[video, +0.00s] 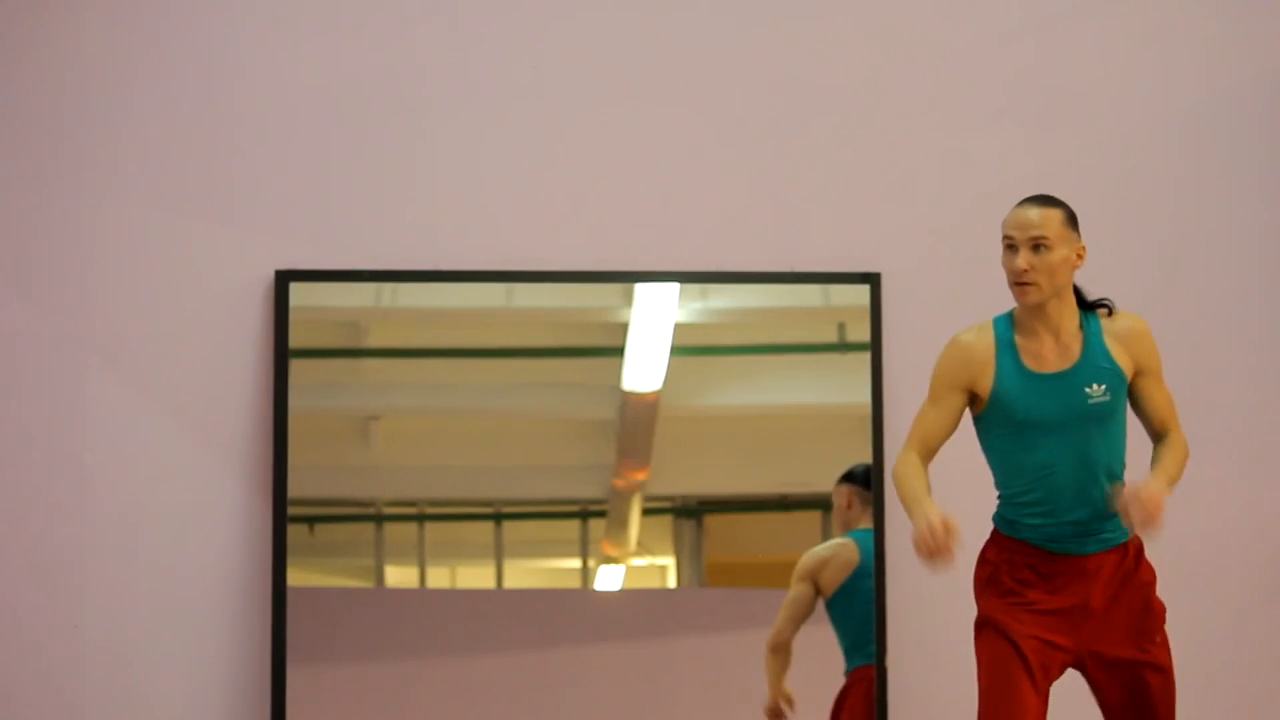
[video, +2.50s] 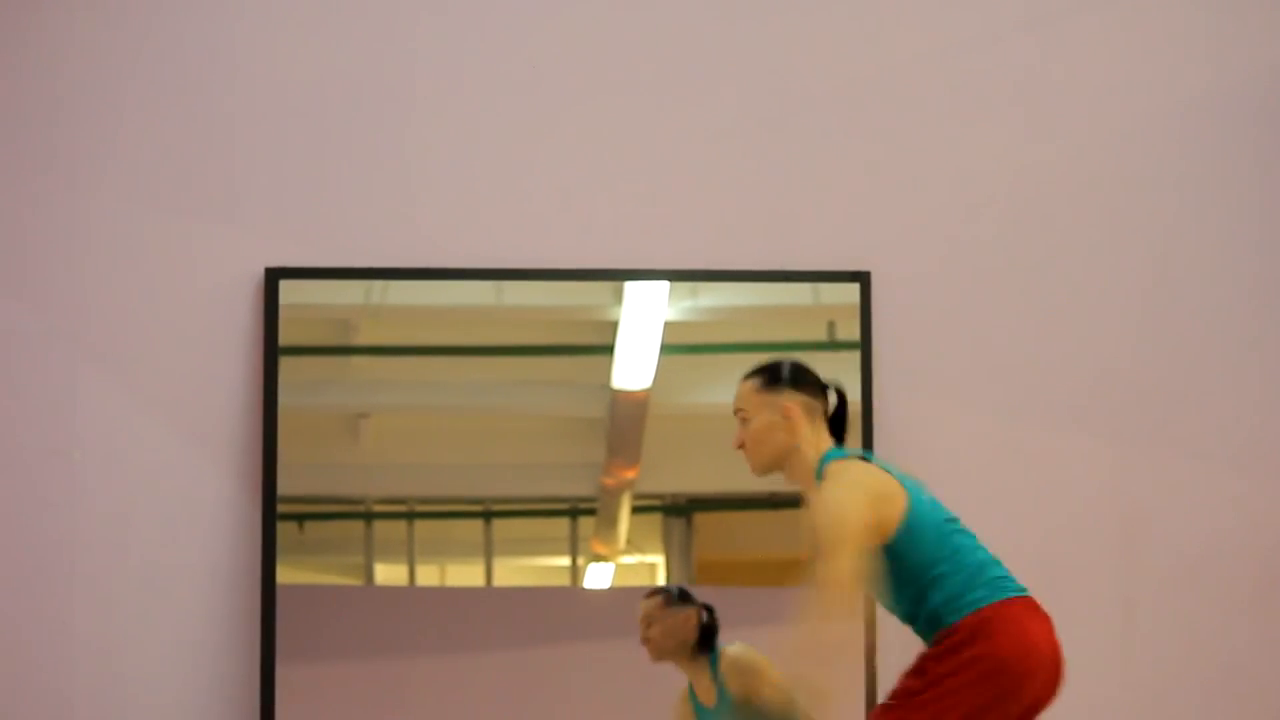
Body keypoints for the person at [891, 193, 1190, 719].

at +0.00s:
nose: (1020, 263)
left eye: (1038, 247)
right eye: (1010, 248)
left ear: (1077, 255)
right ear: (1000, 256)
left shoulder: (1125, 338)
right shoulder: (972, 352)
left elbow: (1170, 437)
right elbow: (910, 458)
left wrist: (1155, 486)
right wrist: (923, 512)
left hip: (1116, 582)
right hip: (1021, 584)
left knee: (1152, 712)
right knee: (1006, 713)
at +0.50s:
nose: (1096, 282)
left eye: (1111, 265)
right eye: (1083, 268)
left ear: (1144, 264)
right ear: (1072, 272)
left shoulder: (1186, 354)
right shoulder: (1039, 357)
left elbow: (1220, 474)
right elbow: (995, 462)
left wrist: (1162, 401)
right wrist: (986, 505)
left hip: (1161, 590)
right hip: (1072, 586)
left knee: (1168, 714)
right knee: (1036, 712)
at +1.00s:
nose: (1112, 266)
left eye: (1130, 251)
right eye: (1101, 253)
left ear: (1163, 262)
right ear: (1090, 263)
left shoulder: (1199, 356)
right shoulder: (1058, 349)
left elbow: (1235, 474)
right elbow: (1001, 450)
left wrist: (1186, 404)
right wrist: (994, 491)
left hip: (1169, 583)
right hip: (1083, 578)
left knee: (1175, 712)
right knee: (1048, 712)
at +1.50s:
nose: (1113, 265)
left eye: (1130, 250)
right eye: (1101, 253)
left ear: (1165, 260)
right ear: (1092, 264)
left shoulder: (1201, 356)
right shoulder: (1063, 348)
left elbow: (1242, 472)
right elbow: (1001, 448)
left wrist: (1189, 407)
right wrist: (999, 492)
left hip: (1167, 584)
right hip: (1082, 578)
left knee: (1173, 712)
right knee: (1050, 712)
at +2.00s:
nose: (1008, 276)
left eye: (1026, 262)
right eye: (1000, 264)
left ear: (1067, 273)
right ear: (993, 275)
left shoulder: (1093, 362)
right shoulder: (969, 364)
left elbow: (1031, 409)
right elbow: (864, 433)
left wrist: (917, 357)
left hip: (1055, 606)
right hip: (956, 611)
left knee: (1154, 715)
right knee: (928, 712)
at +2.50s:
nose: (736, 440)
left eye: (744, 420)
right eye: (736, 424)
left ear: (789, 415)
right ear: (793, 416)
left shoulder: (844, 487)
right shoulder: (849, 479)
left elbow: (832, 628)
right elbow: (836, 628)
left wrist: (796, 700)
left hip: (993, 647)